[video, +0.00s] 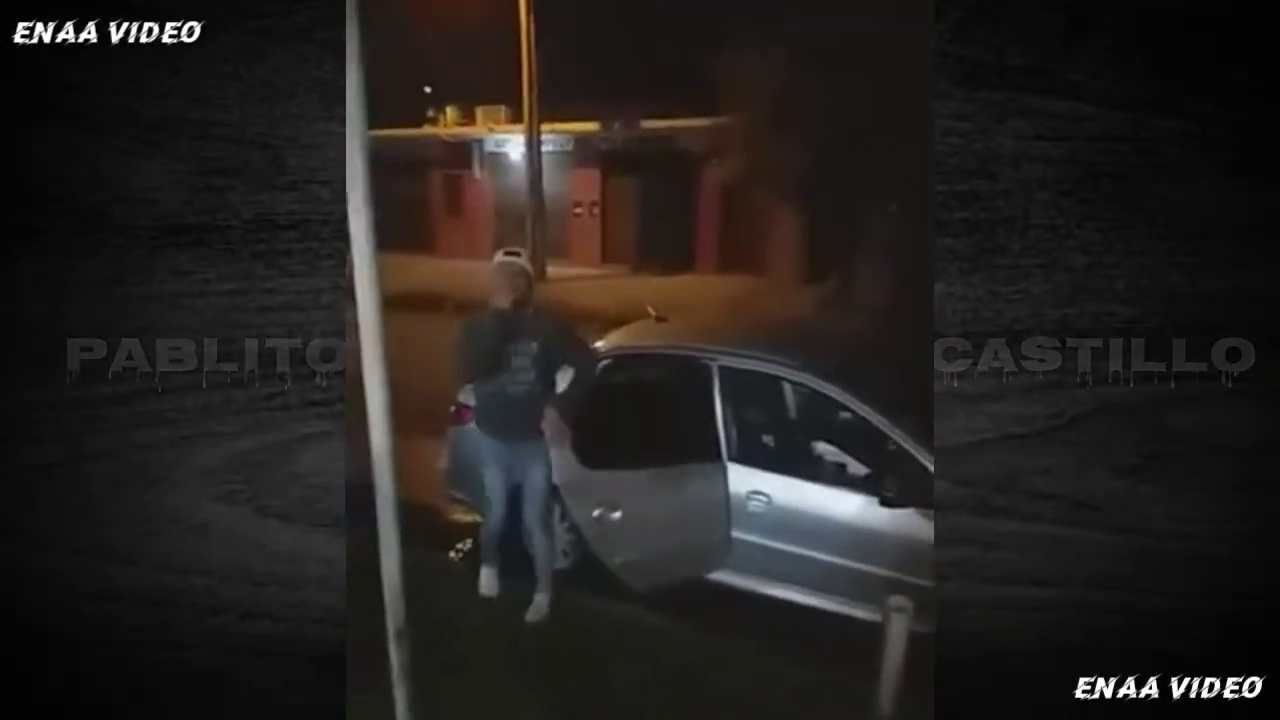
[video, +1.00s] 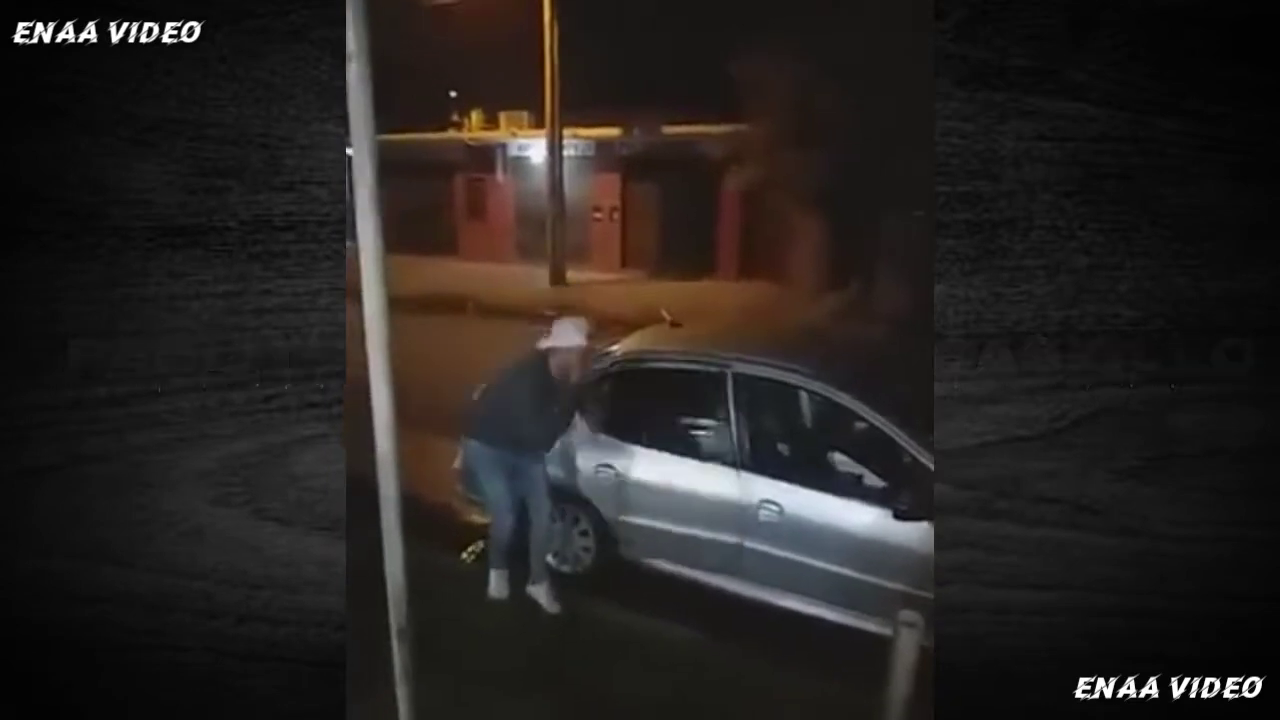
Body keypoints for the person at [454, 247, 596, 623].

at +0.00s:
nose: (505, 285)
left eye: (512, 277)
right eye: (500, 276)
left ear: (526, 283)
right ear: (492, 282)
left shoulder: (544, 326)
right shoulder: (478, 327)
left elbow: (586, 363)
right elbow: (469, 372)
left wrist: (562, 409)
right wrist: (496, 324)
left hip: (534, 435)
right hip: (492, 434)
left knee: (535, 520)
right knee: (496, 513)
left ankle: (543, 587)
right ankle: (488, 564)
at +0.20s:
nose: (501, 296)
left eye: (508, 288)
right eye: (495, 287)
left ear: (519, 293)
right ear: (483, 292)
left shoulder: (535, 330)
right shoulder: (466, 331)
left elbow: (572, 364)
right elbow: (469, 381)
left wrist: (558, 409)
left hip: (521, 441)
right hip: (476, 440)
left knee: (527, 522)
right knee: (483, 519)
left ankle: (541, 593)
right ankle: (487, 576)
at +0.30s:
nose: (506, 298)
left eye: (511, 290)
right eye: (499, 290)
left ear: (518, 294)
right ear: (481, 295)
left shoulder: (527, 330)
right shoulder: (463, 331)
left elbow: (562, 362)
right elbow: (457, 386)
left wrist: (552, 409)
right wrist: (449, 432)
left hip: (514, 443)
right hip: (470, 442)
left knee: (520, 522)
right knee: (477, 520)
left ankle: (533, 592)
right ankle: (482, 575)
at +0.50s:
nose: (521, 305)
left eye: (522, 297)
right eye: (514, 298)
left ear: (520, 300)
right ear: (491, 303)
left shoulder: (527, 335)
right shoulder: (469, 334)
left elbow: (552, 372)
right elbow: (470, 388)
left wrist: (548, 413)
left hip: (510, 444)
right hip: (468, 445)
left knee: (517, 522)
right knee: (476, 522)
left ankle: (520, 587)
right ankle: (480, 580)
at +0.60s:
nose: (532, 303)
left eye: (531, 296)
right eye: (525, 296)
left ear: (526, 297)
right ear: (504, 300)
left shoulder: (529, 334)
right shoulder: (476, 330)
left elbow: (552, 369)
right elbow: (487, 384)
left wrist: (552, 408)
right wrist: (528, 340)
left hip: (508, 438)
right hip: (468, 438)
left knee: (517, 516)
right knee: (476, 516)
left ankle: (519, 582)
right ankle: (480, 574)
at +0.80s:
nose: (562, 315)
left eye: (562, 308)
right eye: (556, 309)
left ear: (549, 312)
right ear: (534, 311)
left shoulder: (556, 346)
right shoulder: (510, 342)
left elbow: (574, 397)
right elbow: (529, 394)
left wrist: (564, 344)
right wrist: (558, 347)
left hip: (522, 432)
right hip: (482, 432)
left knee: (534, 506)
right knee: (496, 506)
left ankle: (534, 573)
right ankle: (494, 563)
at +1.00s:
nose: (574, 361)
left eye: (578, 355)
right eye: (571, 353)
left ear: (578, 355)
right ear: (556, 351)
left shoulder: (563, 382)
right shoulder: (526, 373)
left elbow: (558, 427)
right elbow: (534, 435)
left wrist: (578, 387)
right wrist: (567, 397)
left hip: (528, 452)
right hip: (488, 446)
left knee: (541, 515)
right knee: (504, 514)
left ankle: (537, 581)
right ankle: (498, 571)